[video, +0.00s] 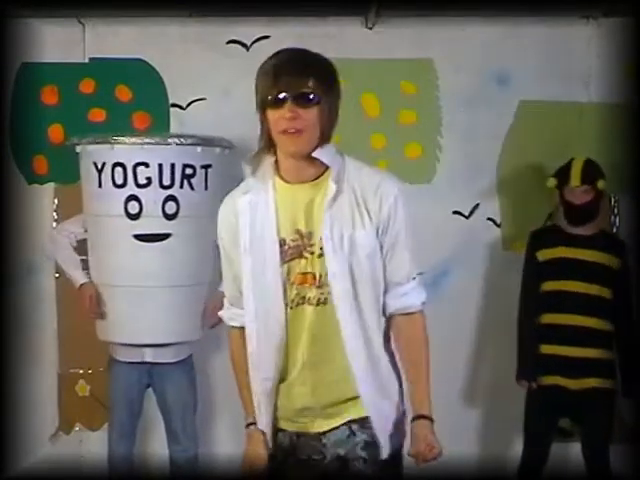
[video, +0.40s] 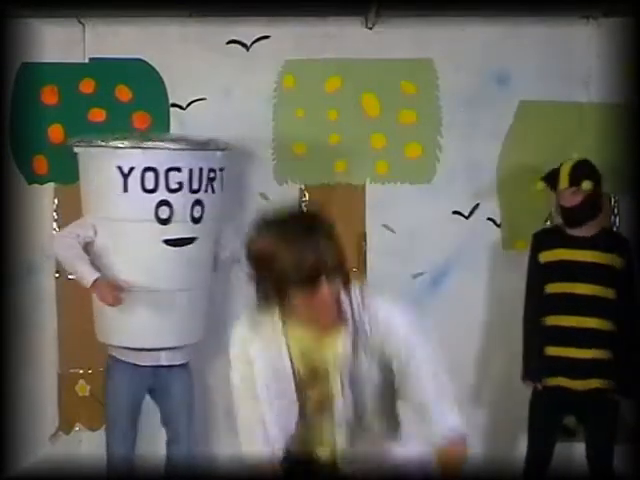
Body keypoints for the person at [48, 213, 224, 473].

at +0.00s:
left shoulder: (190, 227)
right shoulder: (110, 220)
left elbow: (239, 252)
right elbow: (59, 235)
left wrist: (223, 295)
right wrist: (82, 282)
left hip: (176, 355)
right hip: (125, 354)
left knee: (185, 448)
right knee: (120, 451)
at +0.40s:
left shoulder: (190, 232)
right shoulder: (112, 222)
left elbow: (234, 248)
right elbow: (63, 241)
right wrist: (95, 281)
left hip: (175, 359)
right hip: (125, 359)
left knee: (184, 448)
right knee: (120, 452)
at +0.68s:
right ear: (161, 178)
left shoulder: (211, 219)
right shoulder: (137, 213)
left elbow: (254, 236)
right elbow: (100, 236)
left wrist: (300, 259)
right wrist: (123, 267)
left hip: (188, 355)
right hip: (143, 355)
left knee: (188, 455)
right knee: (153, 450)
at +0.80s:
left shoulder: (215, 217)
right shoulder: (149, 205)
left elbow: (250, 239)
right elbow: (119, 234)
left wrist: (299, 248)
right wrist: (143, 258)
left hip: (189, 351)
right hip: (148, 349)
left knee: (190, 455)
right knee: (166, 454)